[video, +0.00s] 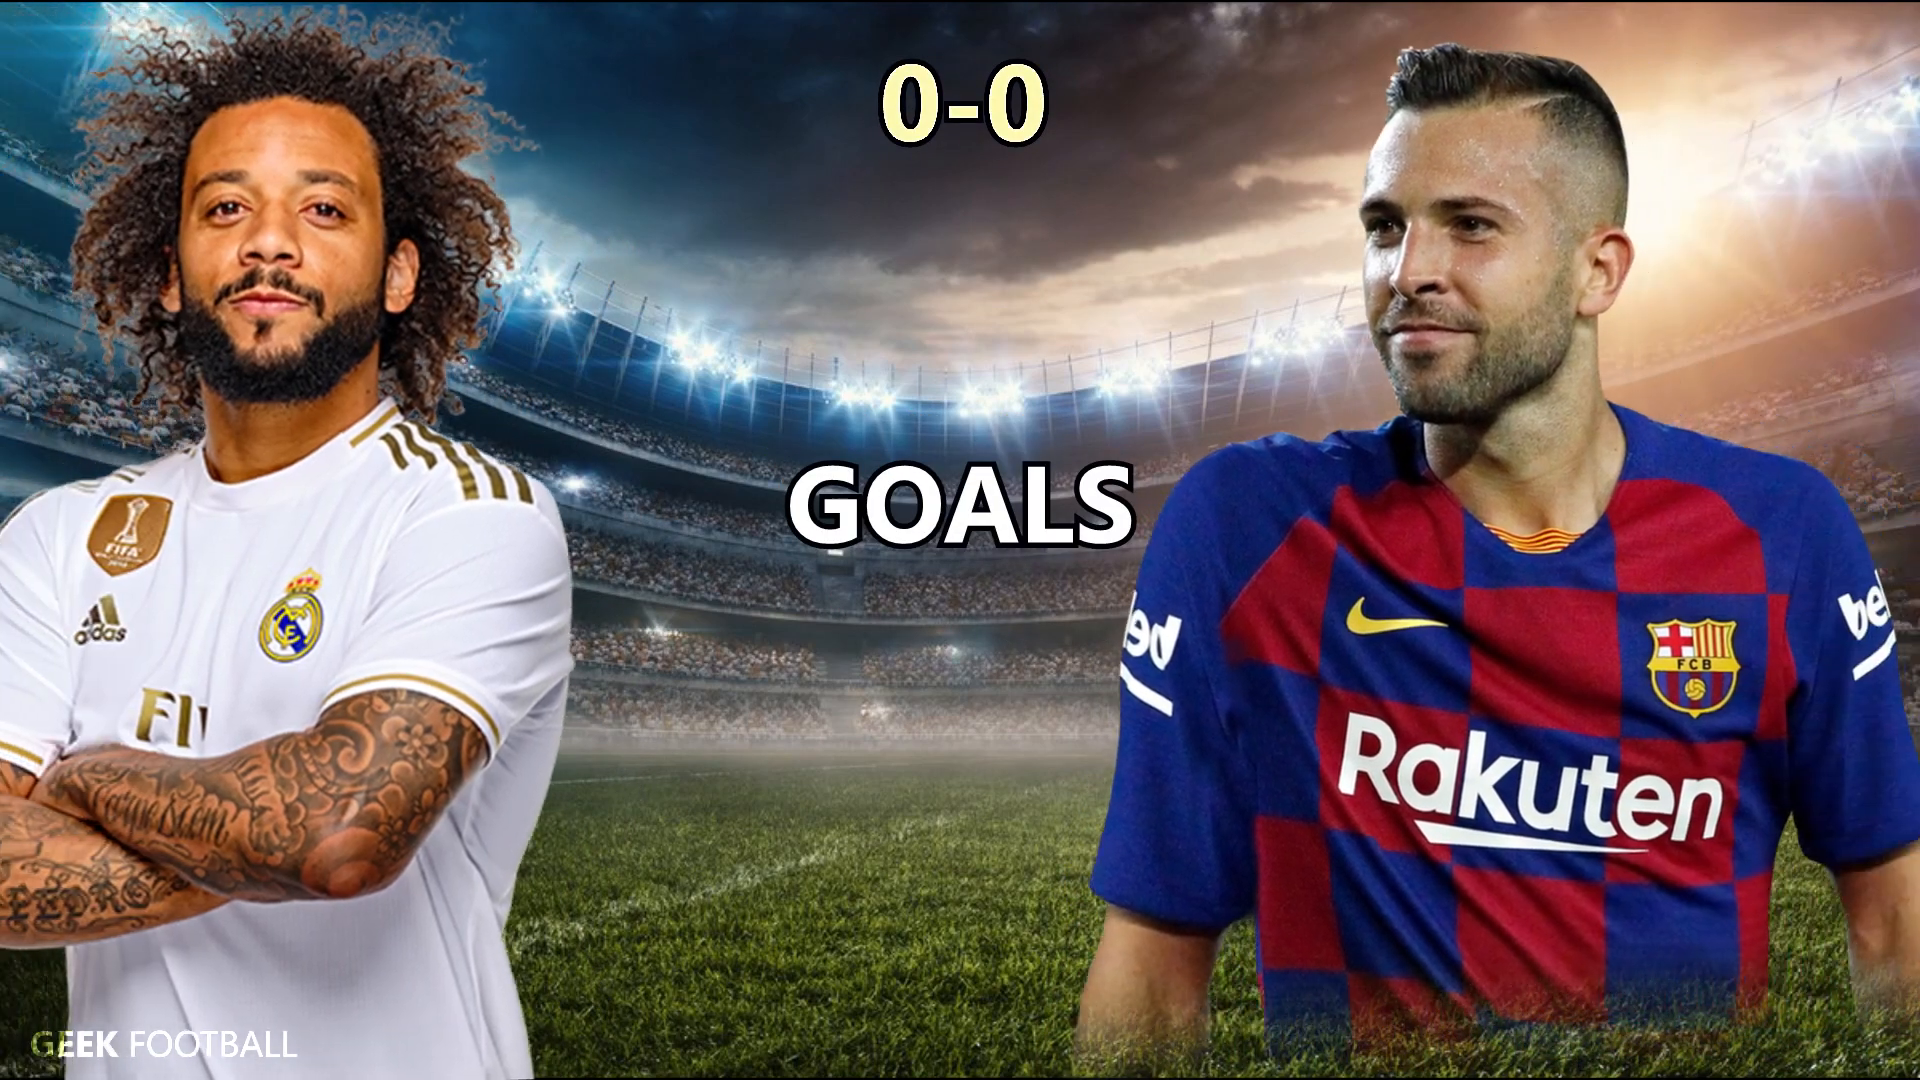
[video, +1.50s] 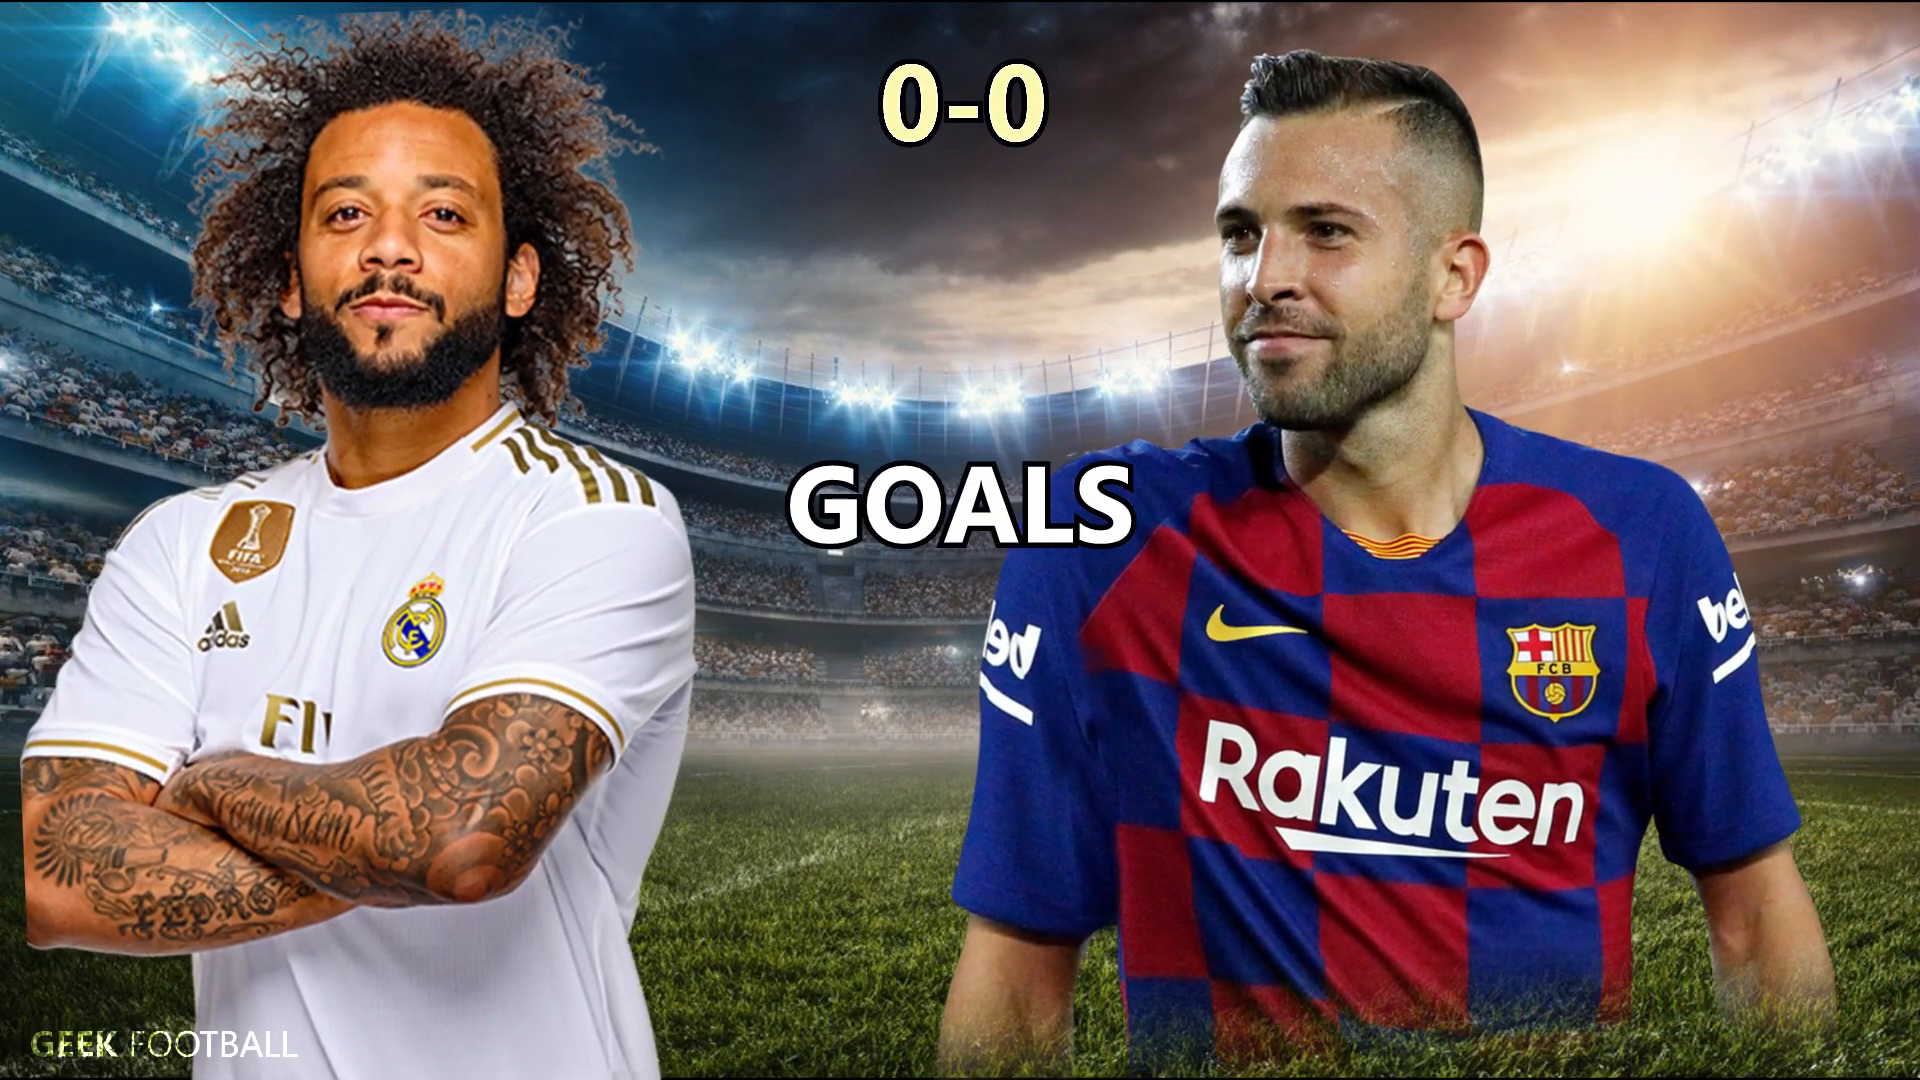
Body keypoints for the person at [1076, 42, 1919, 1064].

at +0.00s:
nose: (1406, 274)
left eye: (1468, 226)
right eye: (1385, 228)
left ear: (1598, 274)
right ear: (1364, 247)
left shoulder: (1787, 532)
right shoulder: (1238, 523)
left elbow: (1890, 916)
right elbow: (1155, 948)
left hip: (1685, 1041)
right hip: (1360, 1046)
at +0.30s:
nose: (1320, 276)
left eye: (1383, 230)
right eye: (1298, 233)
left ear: (1513, 273)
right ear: (1274, 256)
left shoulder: (1701, 534)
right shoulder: (1156, 536)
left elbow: (1812, 912)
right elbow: (1072, 960)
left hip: (1607, 1051)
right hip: (1275, 1052)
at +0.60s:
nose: (1289, 277)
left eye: (1352, 231)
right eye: (1267, 234)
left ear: (1482, 274)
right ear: (1242, 256)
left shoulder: (1671, 537)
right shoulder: (1126, 541)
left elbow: (1784, 915)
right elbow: (1042, 966)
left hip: (1575, 1054)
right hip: (1247, 1053)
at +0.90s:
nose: (1274, 278)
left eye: (1337, 232)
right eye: (1253, 235)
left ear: (1469, 274)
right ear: (1228, 256)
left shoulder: (1656, 536)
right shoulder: (1111, 545)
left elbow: (1767, 907)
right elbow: (1028, 968)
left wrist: (1824, 1079)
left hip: (1559, 1052)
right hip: (1233, 1052)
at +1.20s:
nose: (1268, 279)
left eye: (1331, 233)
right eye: (1246, 236)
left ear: (1462, 275)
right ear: (1222, 257)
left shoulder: (1650, 537)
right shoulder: (1103, 543)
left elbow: (1763, 918)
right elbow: (1022, 963)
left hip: (1553, 1050)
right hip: (1226, 1049)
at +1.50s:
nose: (1264, 279)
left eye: (1327, 233)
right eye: (1242, 236)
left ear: (1457, 275)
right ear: (1218, 257)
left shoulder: (1646, 538)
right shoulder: (1099, 546)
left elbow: (1756, 911)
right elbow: (1017, 965)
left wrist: (1804, 1076)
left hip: (1547, 1049)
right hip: (1221, 1050)